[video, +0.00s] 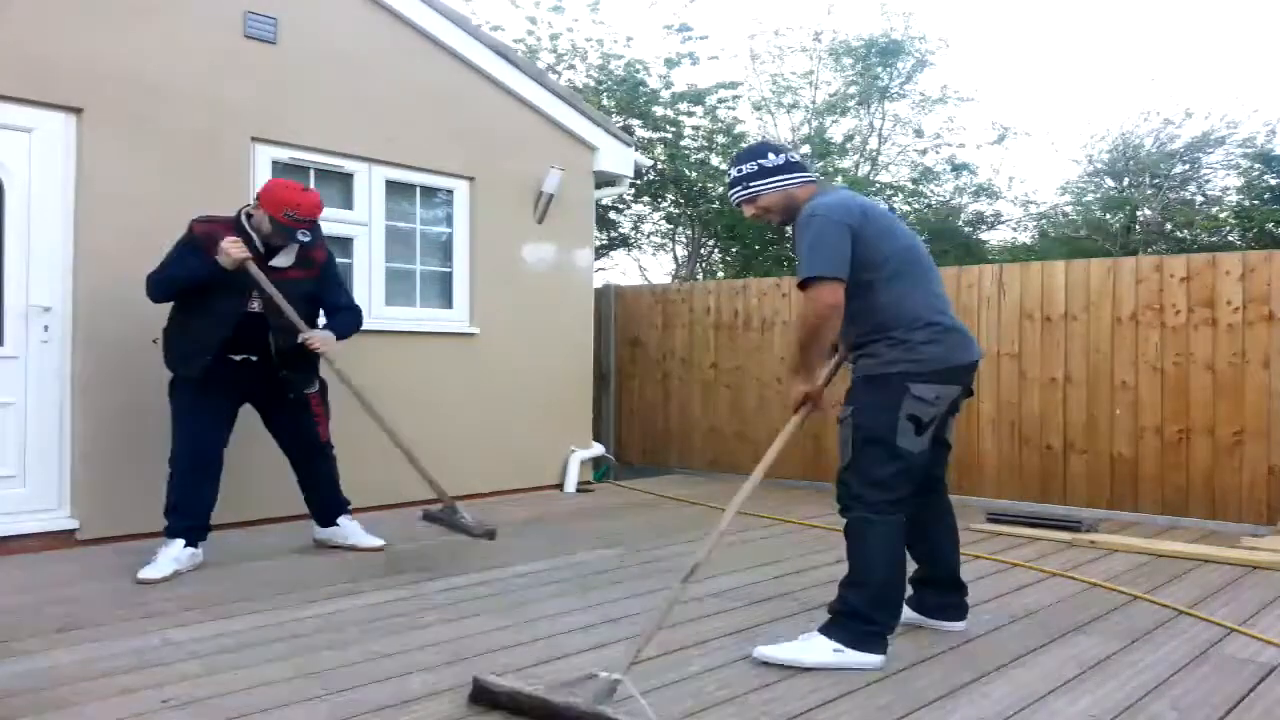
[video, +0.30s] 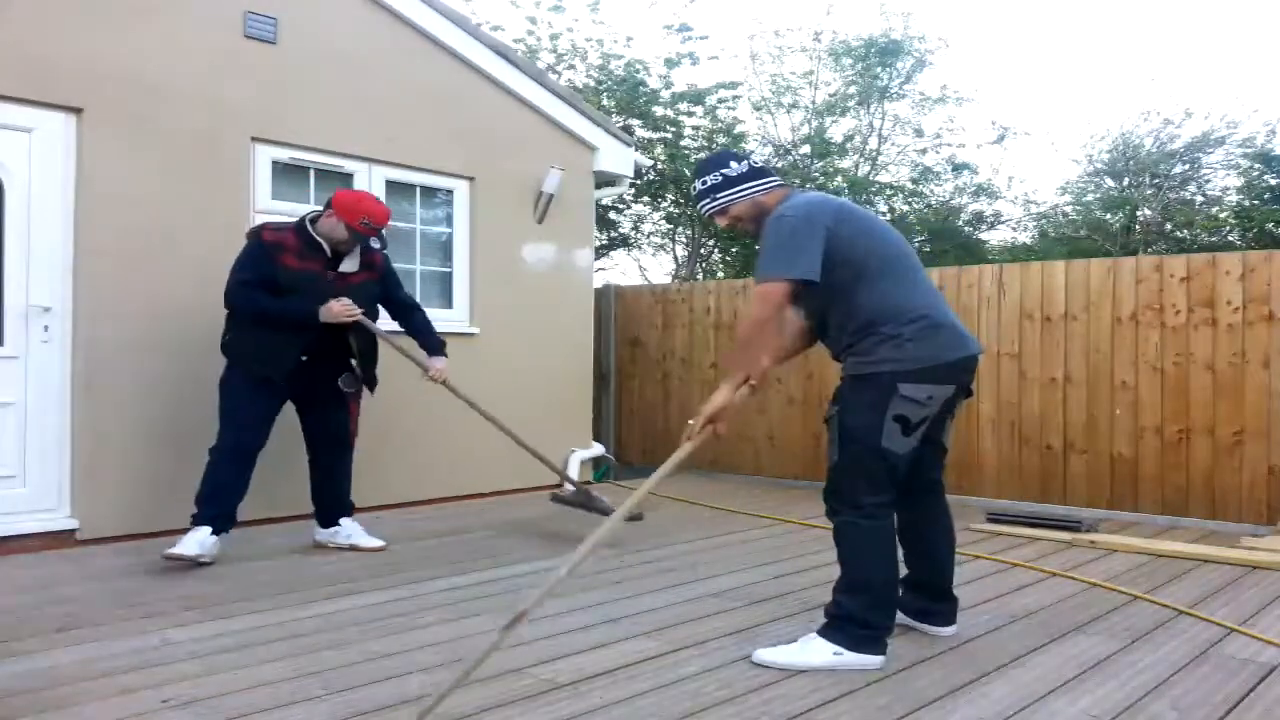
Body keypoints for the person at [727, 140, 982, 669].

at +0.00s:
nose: (750, 214)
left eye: (750, 200)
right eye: (743, 205)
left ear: (776, 183)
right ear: (795, 177)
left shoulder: (822, 213)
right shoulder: (852, 206)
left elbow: (826, 303)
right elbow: (861, 308)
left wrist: (804, 375)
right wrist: (820, 377)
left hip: (902, 366)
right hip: (942, 360)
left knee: (869, 496)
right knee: (922, 487)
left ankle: (858, 634)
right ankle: (941, 602)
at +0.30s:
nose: (724, 223)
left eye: (722, 210)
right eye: (717, 216)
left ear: (745, 192)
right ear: (761, 186)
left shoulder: (794, 216)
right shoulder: (824, 216)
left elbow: (765, 313)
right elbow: (807, 326)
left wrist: (726, 389)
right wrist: (756, 367)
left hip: (893, 365)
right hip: (943, 356)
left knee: (856, 497)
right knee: (918, 487)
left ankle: (857, 635)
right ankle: (931, 606)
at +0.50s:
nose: (723, 209)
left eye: (721, 195)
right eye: (717, 200)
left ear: (743, 177)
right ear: (764, 167)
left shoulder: (789, 206)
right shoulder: (824, 197)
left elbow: (759, 299)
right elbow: (843, 276)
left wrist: (713, 371)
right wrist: (787, 317)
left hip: (886, 361)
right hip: (932, 355)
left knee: (866, 496)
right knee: (910, 491)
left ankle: (857, 636)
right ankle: (924, 613)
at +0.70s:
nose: (736, 193)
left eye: (735, 180)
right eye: (730, 185)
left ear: (761, 159)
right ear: (780, 155)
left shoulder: (783, 203)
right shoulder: (853, 186)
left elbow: (760, 305)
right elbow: (877, 263)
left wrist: (753, 362)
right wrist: (827, 307)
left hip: (865, 364)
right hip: (913, 356)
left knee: (858, 498)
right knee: (876, 492)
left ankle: (861, 637)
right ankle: (871, 613)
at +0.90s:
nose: (735, 192)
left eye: (735, 178)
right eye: (728, 183)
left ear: (764, 162)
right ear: (785, 159)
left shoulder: (775, 210)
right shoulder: (862, 188)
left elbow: (764, 313)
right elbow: (909, 224)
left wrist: (773, 362)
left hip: (843, 363)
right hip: (907, 357)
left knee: (784, 483)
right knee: (866, 485)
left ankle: (842, 622)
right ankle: (883, 617)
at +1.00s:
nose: (722, 198)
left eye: (722, 185)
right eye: (717, 189)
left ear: (751, 169)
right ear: (774, 166)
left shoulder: (762, 216)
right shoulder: (847, 190)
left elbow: (758, 316)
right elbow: (907, 228)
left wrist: (763, 371)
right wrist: (862, 294)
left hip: (833, 361)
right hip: (902, 356)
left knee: (767, 476)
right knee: (864, 483)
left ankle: (791, 623)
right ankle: (878, 616)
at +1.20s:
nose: (683, 214)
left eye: (682, 202)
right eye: (677, 207)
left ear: (705, 184)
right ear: (728, 178)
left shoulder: (722, 223)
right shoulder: (811, 200)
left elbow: (713, 324)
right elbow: (866, 267)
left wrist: (712, 389)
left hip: (814, 361)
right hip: (884, 356)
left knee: (761, 487)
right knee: (860, 488)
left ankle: (712, 617)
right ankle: (878, 616)